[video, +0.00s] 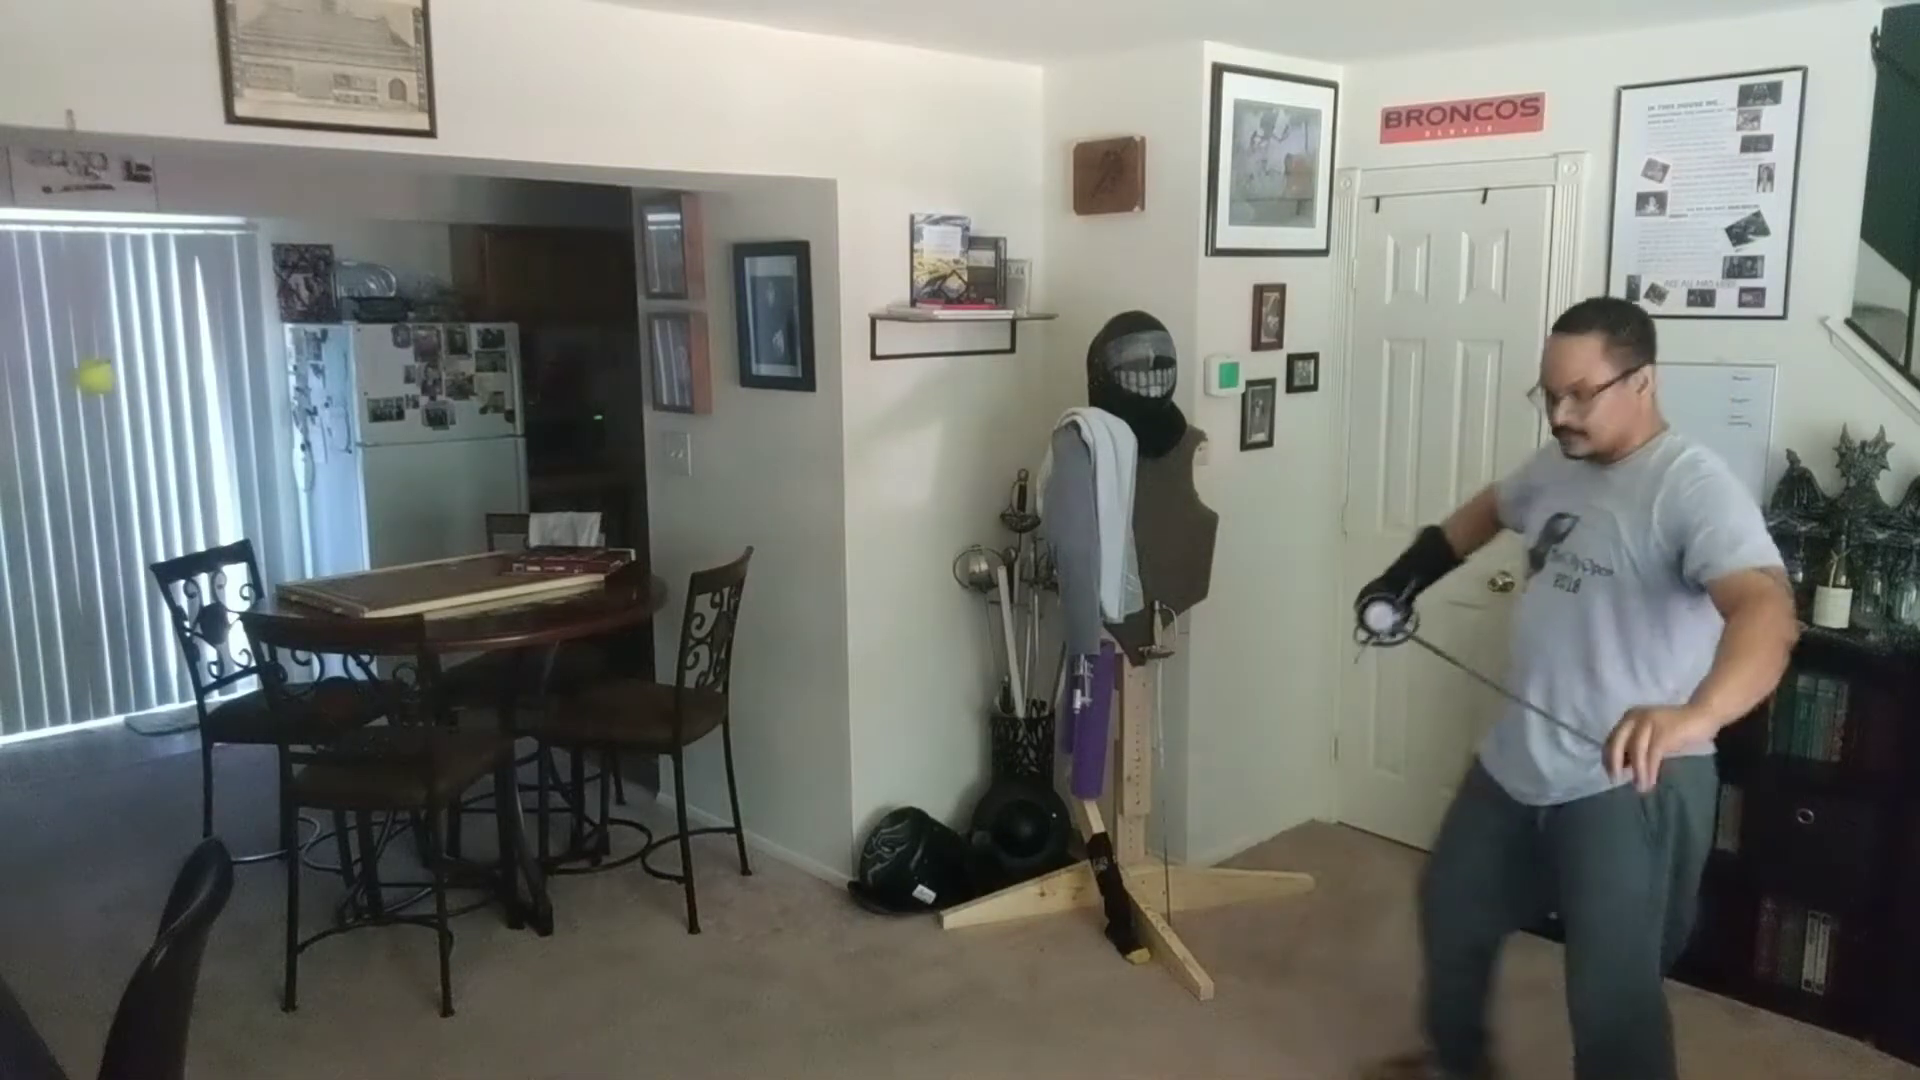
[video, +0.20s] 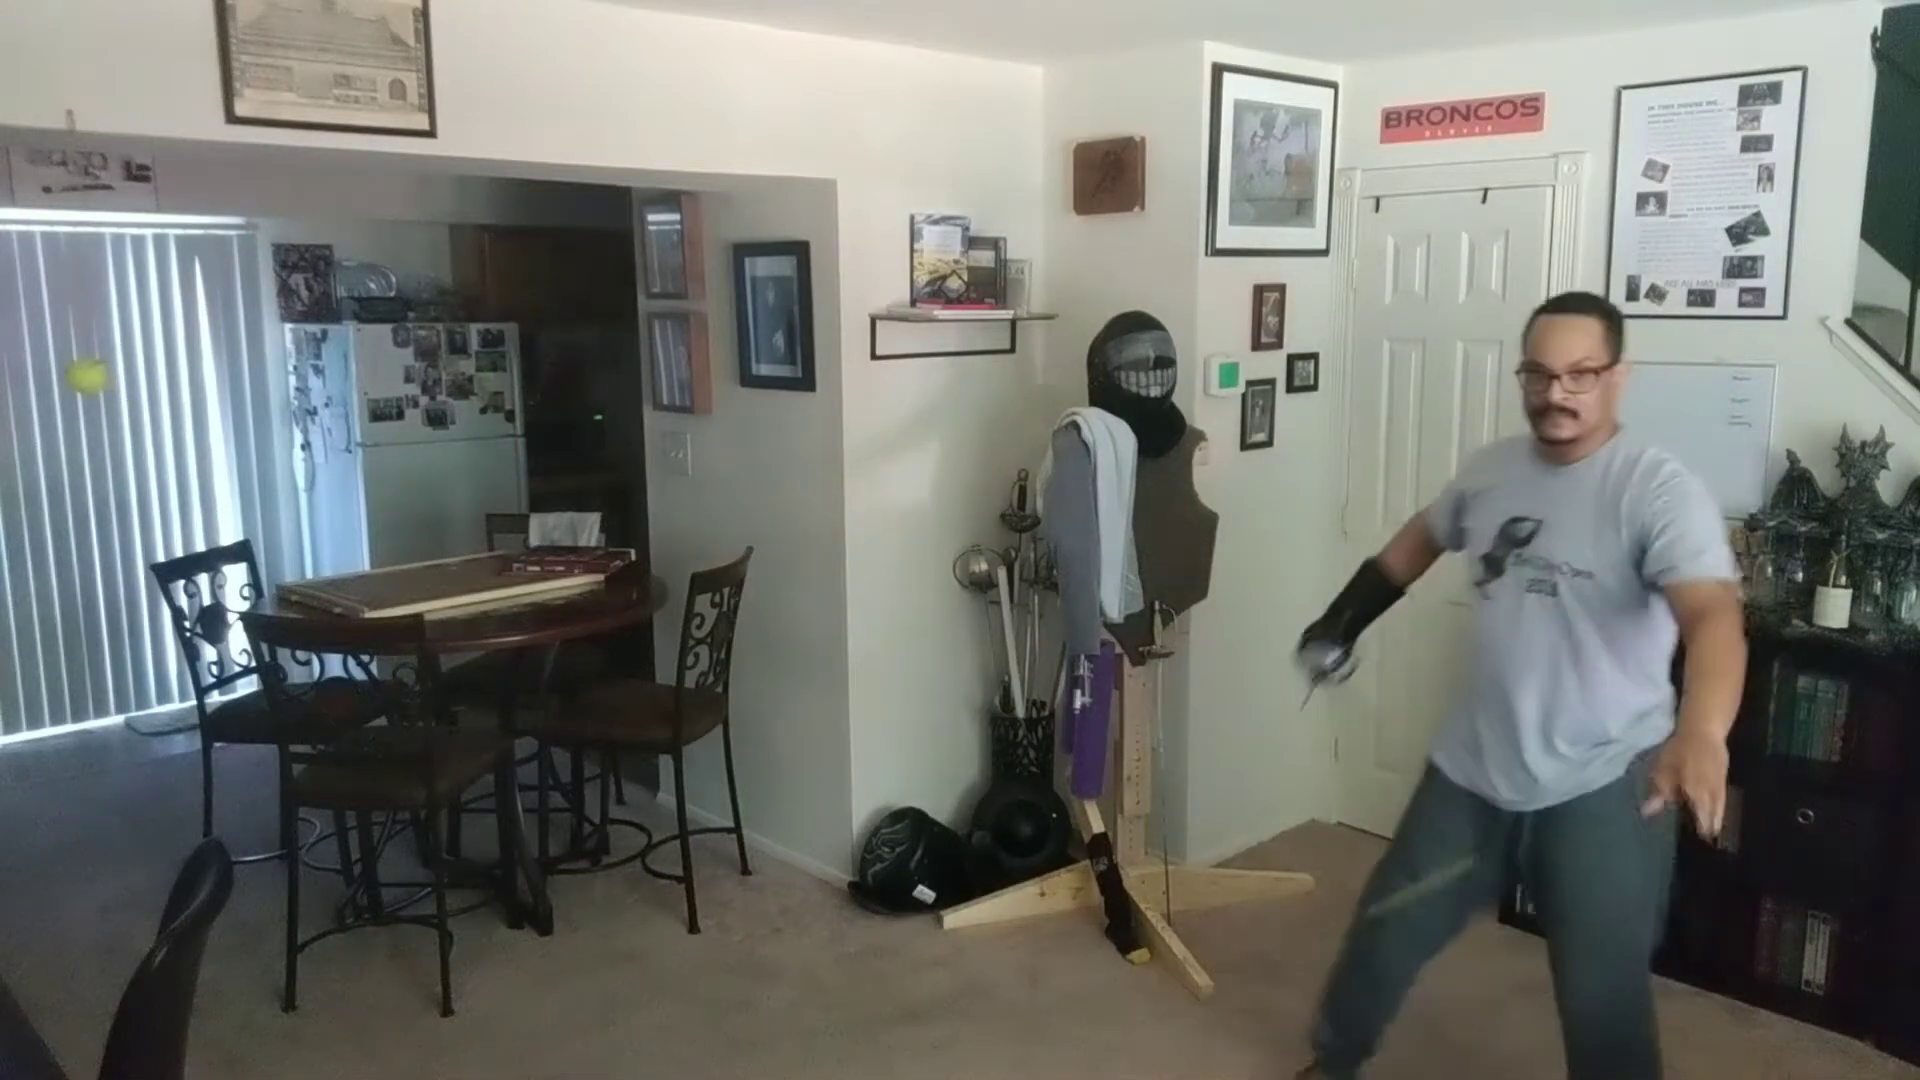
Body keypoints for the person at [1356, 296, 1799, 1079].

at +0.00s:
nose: (1560, 415)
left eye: (1578, 394)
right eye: (1551, 395)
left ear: (1642, 383)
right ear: (1542, 387)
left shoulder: (1693, 484)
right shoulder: (1556, 466)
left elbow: (1768, 615)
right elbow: (1487, 513)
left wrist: (1700, 713)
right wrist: (1406, 576)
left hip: (1634, 782)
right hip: (1520, 757)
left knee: (1613, 990)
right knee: (1452, 907)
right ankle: (1456, 1060)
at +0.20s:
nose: (1555, 395)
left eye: (1578, 377)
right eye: (1538, 375)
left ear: (1618, 378)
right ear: (1520, 376)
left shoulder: (1657, 488)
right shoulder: (1493, 470)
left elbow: (1714, 615)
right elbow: (1420, 541)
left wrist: (1702, 734)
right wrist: (1340, 621)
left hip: (1604, 777)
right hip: (1477, 762)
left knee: (1602, 994)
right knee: (1386, 932)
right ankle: (1333, 1061)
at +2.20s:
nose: (1396, 362)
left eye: (1411, 345)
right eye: (1375, 349)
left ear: (1434, 354)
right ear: (1351, 364)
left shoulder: (1479, 460)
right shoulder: (1315, 470)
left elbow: (1505, 554)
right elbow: (1250, 603)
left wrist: (1452, 626)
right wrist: (1183, 740)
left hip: (1436, 730)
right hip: (1332, 732)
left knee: (1395, 912)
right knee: (1320, 912)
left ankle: (1364, 1054)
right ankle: (1313, 1063)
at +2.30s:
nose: (1395, 363)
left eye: (1411, 346)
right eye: (1374, 349)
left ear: (1434, 354)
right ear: (1349, 363)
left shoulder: (1482, 461)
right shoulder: (1306, 475)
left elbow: (1512, 554)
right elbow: (1252, 609)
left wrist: (1457, 628)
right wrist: (1205, 743)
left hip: (1436, 731)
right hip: (1330, 731)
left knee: (1396, 909)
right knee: (1322, 909)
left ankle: (1364, 1051)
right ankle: (1314, 1062)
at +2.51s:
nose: (1390, 366)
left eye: (1408, 349)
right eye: (1371, 351)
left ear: (1433, 360)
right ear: (1347, 367)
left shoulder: (1487, 463)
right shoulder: (1294, 479)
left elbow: (1527, 553)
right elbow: (1264, 612)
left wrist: (1475, 641)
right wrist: (1245, 738)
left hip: (1441, 742)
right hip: (1327, 740)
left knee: (1405, 915)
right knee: (1321, 920)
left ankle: (1369, 1050)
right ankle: (1315, 1062)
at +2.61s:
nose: (1385, 373)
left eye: (1404, 356)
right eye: (1366, 358)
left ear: (1431, 366)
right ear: (1344, 372)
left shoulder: (1492, 469)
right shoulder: (1293, 484)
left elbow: (1542, 557)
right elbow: (1268, 615)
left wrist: (1490, 662)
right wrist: (1252, 740)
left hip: (1453, 745)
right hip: (1331, 745)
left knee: (1436, 919)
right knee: (1318, 933)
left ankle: (1381, 1048)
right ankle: (1316, 1065)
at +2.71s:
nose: (1387, 375)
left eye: (1407, 358)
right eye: (1369, 359)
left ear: (1436, 367)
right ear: (1349, 371)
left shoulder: (1499, 469)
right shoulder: (1298, 486)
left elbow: (1557, 559)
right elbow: (1275, 617)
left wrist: (1508, 674)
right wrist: (1255, 743)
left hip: (1467, 746)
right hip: (1337, 749)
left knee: (1475, 928)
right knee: (1313, 946)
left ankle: (1440, 1039)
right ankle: (1315, 1067)